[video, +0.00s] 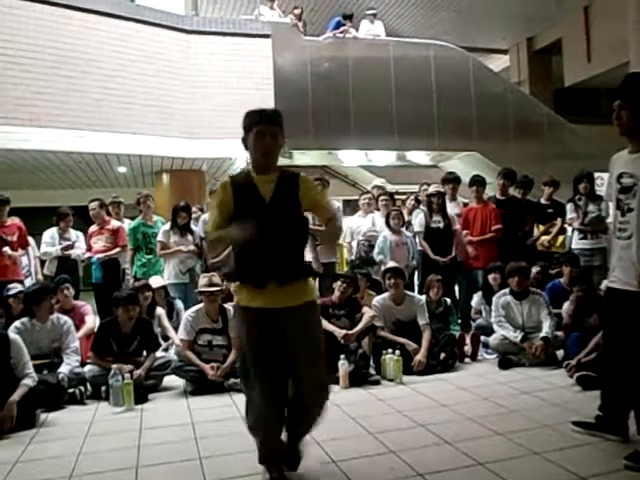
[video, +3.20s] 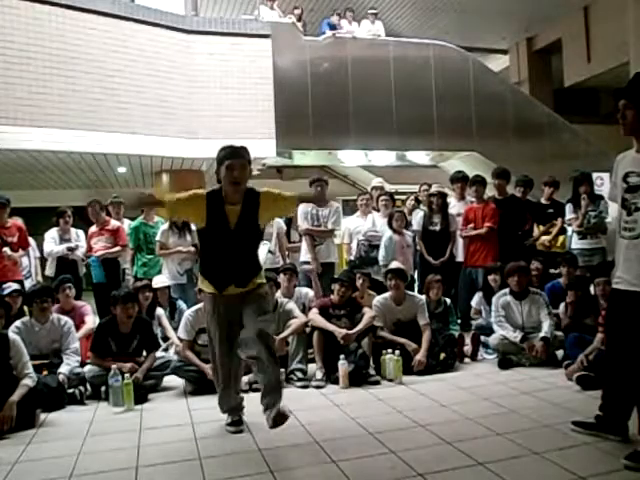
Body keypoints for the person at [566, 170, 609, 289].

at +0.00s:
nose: (585, 185)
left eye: (588, 182)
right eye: (581, 182)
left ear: (592, 185)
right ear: (577, 185)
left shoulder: (600, 202)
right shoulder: (572, 204)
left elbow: (604, 224)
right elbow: (575, 224)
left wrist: (583, 226)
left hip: (598, 247)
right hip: (579, 247)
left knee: (597, 283)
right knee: (579, 283)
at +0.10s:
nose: (584, 186)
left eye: (587, 182)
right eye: (581, 182)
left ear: (591, 184)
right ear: (576, 185)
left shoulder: (600, 201)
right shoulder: (571, 204)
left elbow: (603, 223)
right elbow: (576, 224)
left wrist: (586, 228)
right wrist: (582, 205)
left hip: (598, 247)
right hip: (579, 248)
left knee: (596, 284)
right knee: (579, 284)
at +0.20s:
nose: (584, 185)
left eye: (587, 182)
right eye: (581, 182)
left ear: (592, 184)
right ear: (576, 185)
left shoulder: (600, 202)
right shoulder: (572, 204)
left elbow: (605, 224)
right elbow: (577, 224)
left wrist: (586, 229)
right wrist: (581, 205)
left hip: (599, 248)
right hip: (580, 248)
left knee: (596, 285)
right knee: (580, 285)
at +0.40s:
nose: (584, 185)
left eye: (587, 182)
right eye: (581, 182)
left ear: (592, 185)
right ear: (576, 186)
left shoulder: (601, 203)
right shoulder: (572, 205)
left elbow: (605, 224)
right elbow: (576, 225)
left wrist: (585, 228)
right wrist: (598, 226)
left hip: (598, 248)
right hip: (579, 249)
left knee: (597, 285)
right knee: (580, 285)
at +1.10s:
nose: (581, 186)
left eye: (584, 182)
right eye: (578, 182)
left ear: (590, 185)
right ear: (575, 185)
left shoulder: (599, 203)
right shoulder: (572, 204)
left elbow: (603, 223)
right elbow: (576, 225)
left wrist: (585, 229)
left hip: (598, 247)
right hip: (579, 247)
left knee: (597, 284)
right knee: (579, 283)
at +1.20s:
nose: (582, 186)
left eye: (585, 182)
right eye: (579, 182)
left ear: (590, 184)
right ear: (575, 185)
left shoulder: (599, 202)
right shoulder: (572, 204)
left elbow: (603, 223)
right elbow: (576, 225)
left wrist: (585, 229)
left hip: (598, 247)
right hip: (579, 247)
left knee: (598, 285)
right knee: (580, 284)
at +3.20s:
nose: (585, 189)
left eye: (587, 185)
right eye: (582, 185)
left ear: (591, 186)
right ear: (577, 187)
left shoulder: (600, 201)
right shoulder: (571, 204)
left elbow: (602, 223)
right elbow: (576, 226)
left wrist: (583, 229)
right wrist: (584, 208)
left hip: (597, 246)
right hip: (579, 246)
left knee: (599, 279)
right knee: (580, 280)